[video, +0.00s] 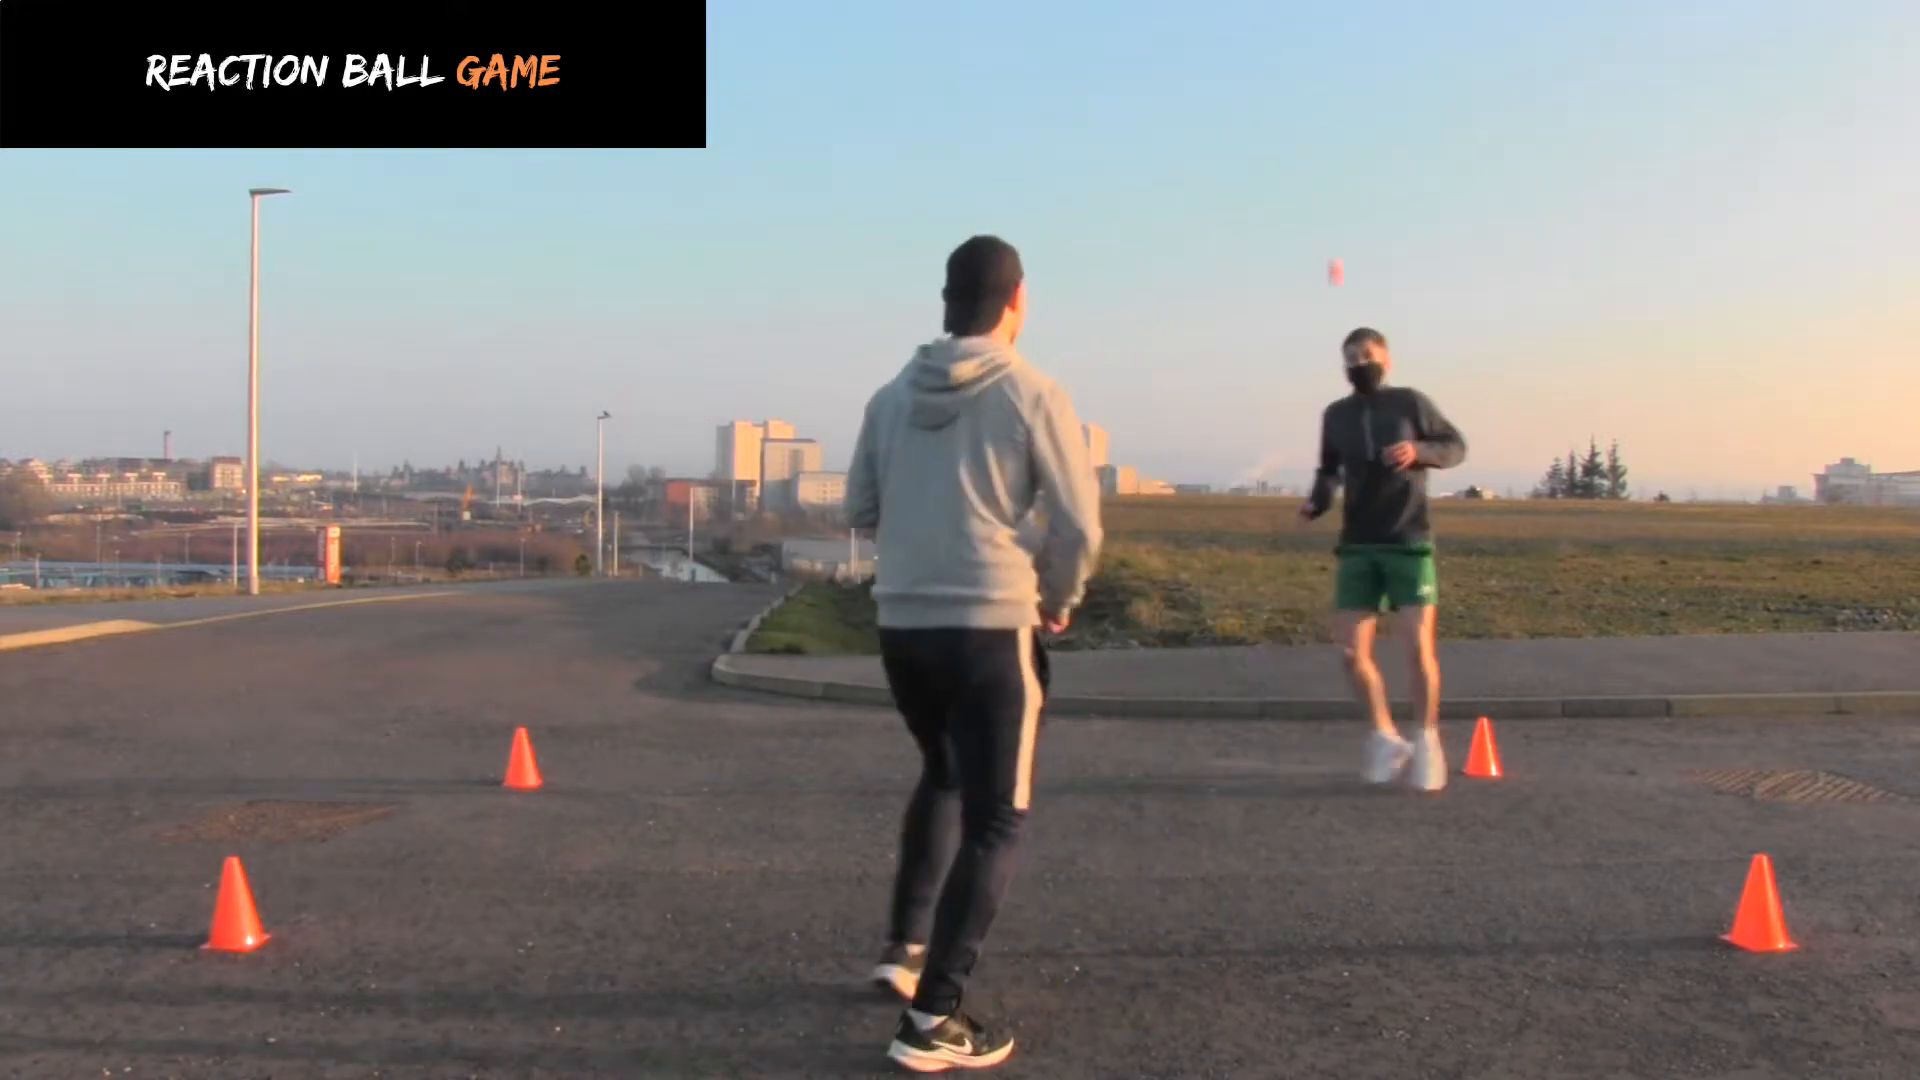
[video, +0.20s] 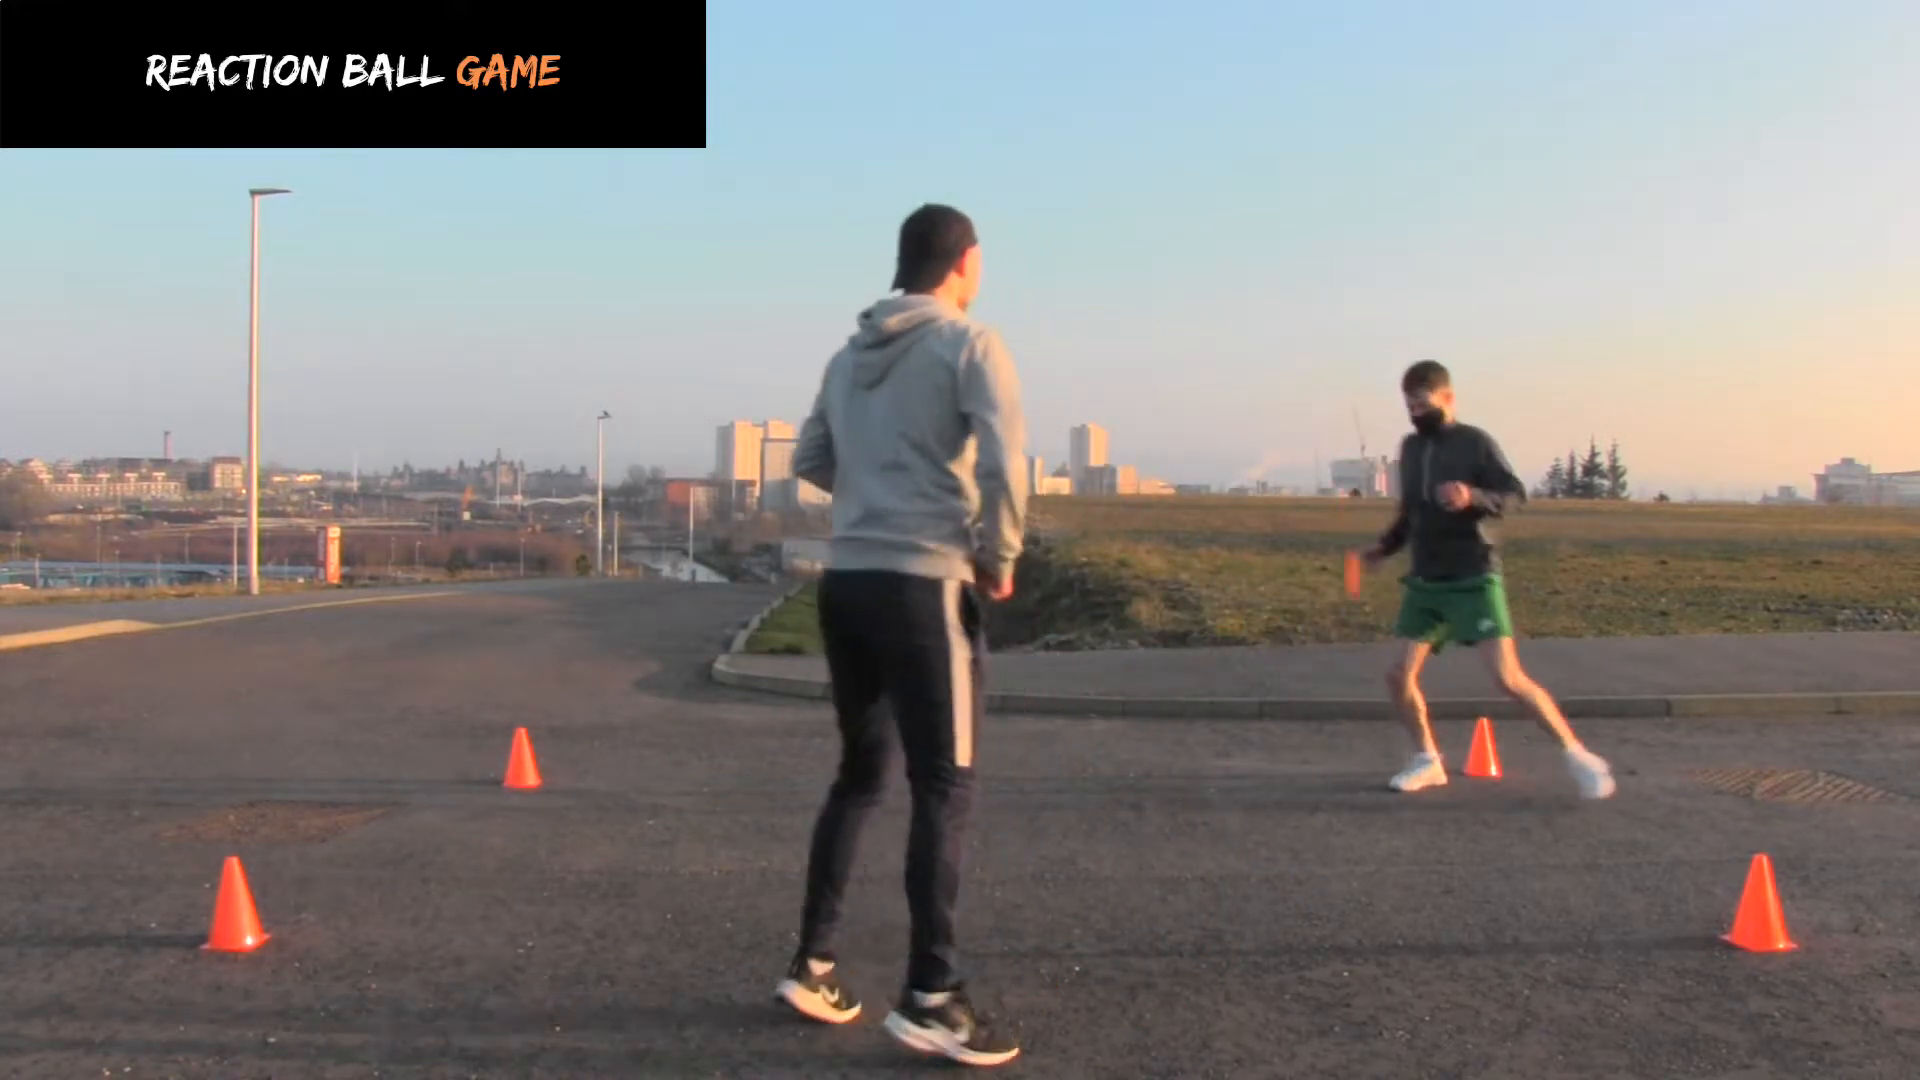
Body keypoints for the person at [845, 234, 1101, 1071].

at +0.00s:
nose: (1026, 308)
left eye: (1018, 295)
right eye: (1025, 297)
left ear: (945, 299)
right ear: (1016, 303)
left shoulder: (894, 397)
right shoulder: (1031, 393)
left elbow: (860, 506)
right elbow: (1078, 527)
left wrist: (933, 524)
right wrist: (1058, 601)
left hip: (902, 631)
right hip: (990, 634)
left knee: (943, 776)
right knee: (997, 822)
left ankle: (906, 947)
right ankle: (934, 1017)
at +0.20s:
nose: (981, 276)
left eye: (977, 261)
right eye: (979, 263)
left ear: (903, 263)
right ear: (962, 266)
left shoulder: (853, 351)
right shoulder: (971, 344)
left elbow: (811, 460)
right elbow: (1005, 464)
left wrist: (885, 491)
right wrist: (1001, 562)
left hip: (846, 581)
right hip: (924, 584)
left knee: (860, 775)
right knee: (945, 783)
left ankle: (813, 964)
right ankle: (931, 995)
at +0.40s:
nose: (933, 306)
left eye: (929, 292)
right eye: (931, 293)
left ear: (863, 291)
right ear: (913, 294)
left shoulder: (804, 384)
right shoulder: (919, 380)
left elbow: (755, 493)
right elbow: (932, 505)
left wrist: (808, 556)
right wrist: (946, 604)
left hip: (797, 617)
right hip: (870, 620)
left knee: (826, 793)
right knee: (901, 804)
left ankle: (793, 979)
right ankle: (774, 957)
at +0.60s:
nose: (917, 297)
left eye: (913, 284)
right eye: (914, 285)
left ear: (842, 285)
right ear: (897, 288)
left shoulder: (779, 366)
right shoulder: (907, 373)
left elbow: (713, 455)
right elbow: (925, 497)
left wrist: (760, 529)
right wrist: (922, 595)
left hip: (758, 592)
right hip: (829, 602)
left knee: (802, 779)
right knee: (803, 794)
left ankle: (766, 935)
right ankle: (710, 979)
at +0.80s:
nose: (896, 316)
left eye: (892, 302)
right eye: (893, 303)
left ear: (825, 303)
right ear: (876, 306)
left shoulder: (768, 384)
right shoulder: (885, 391)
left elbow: (709, 475)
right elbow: (903, 519)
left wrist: (749, 549)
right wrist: (909, 616)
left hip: (742, 606)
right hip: (813, 617)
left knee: (778, 779)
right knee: (777, 797)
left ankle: (749, 925)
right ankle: (707, 984)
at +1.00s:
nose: (883, 322)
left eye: (879, 309)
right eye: (879, 309)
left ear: (815, 315)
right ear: (860, 315)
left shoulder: (767, 397)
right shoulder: (874, 398)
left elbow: (729, 500)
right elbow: (884, 520)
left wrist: (759, 570)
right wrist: (883, 613)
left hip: (746, 607)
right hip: (811, 615)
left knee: (783, 768)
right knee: (830, 784)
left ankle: (771, 925)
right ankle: (736, 939)